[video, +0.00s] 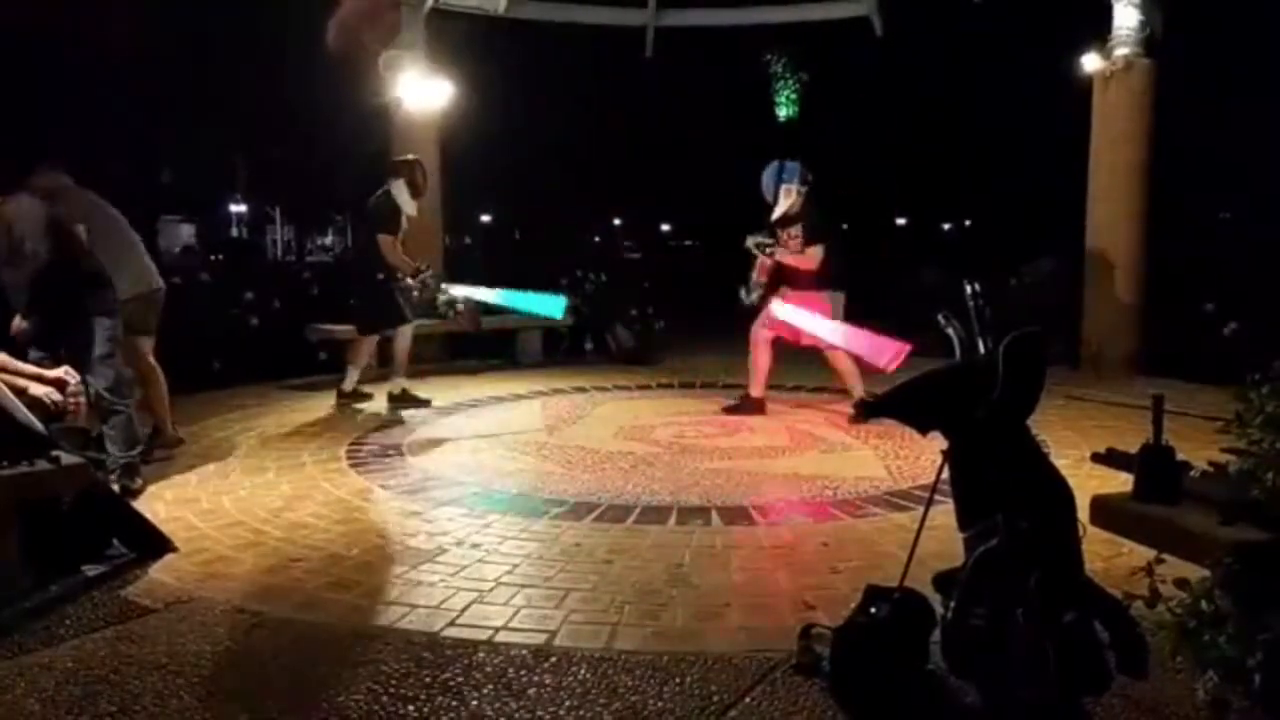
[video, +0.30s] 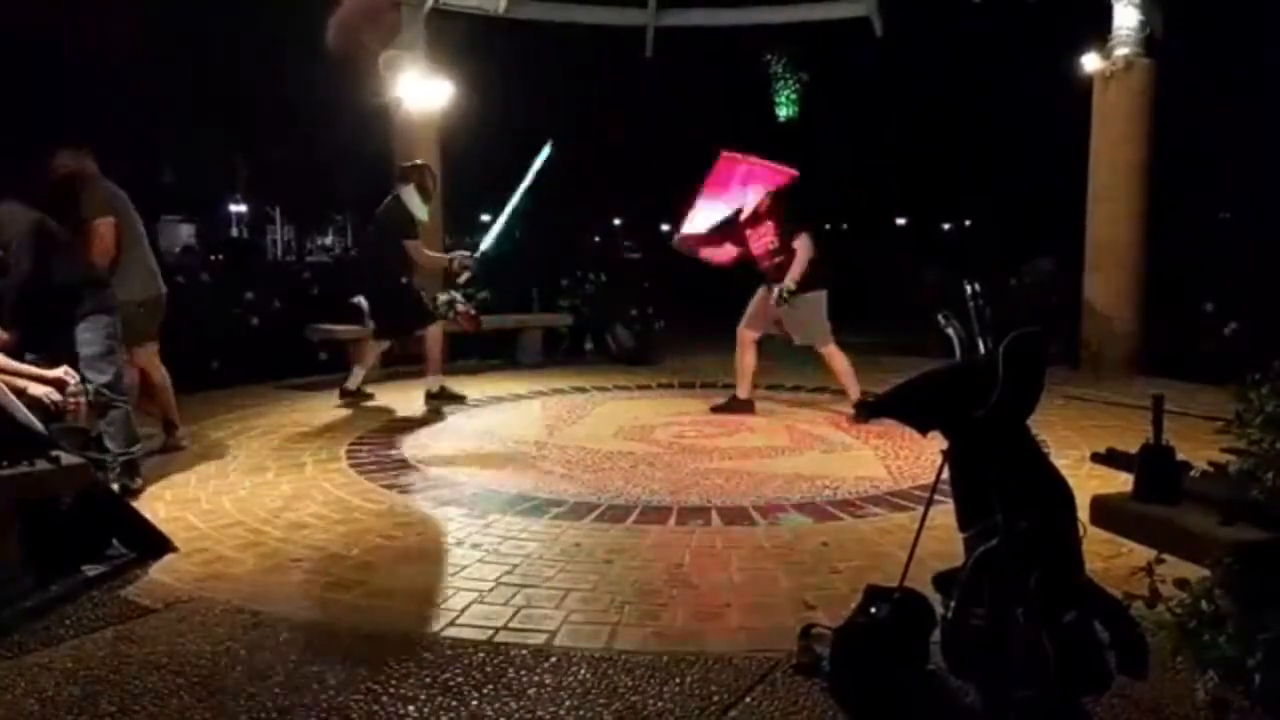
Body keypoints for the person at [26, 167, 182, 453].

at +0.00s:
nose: (39, 201)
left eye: (40, 194)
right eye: (38, 195)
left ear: (47, 190)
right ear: (65, 182)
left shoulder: (66, 205)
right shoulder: (86, 199)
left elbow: (75, 254)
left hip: (131, 290)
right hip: (149, 284)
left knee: (141, 360)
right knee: (142, 360)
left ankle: (166, 429)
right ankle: (163, 427)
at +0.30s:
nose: (61, 180)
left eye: (62, 173)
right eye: (60, 173)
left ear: (72, 172)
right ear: (89, 165)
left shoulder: (98, 193)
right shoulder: (108, 191)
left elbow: (104, 247)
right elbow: (107, 246)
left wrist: (89, 282)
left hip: (137, 291)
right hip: (140, 289)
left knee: (147, 358)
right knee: (127, 362)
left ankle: (173, 428)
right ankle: (119, 430)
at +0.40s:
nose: (69, 164)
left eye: (73, 157)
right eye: (69, 158)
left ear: (91, 156)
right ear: (95, 158)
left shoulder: (109, 191)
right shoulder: (104, 190)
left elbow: (115, 243)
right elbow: (111, 243)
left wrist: (94, 278)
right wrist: (93, 275)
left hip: (142, 290)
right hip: (126, 291)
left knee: (149, 356)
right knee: (125, 360)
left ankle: (173, 428)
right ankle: (119, 430)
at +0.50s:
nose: (90, 163)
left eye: (95, 156)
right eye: (85, 158)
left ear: (110, 156)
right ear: (81, 161)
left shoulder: (128, 192)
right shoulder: (96, 197)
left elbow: (137, 243)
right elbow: (100, 245)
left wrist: (115, 285)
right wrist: (96, 283)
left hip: (145, 283)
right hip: (114, 287)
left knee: (155, 356)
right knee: (121, 358)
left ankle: (174, 425)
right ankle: (121, 430)